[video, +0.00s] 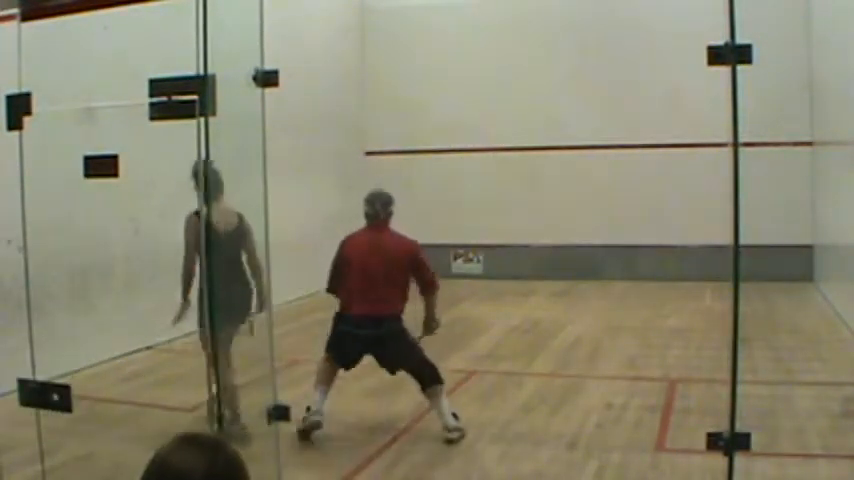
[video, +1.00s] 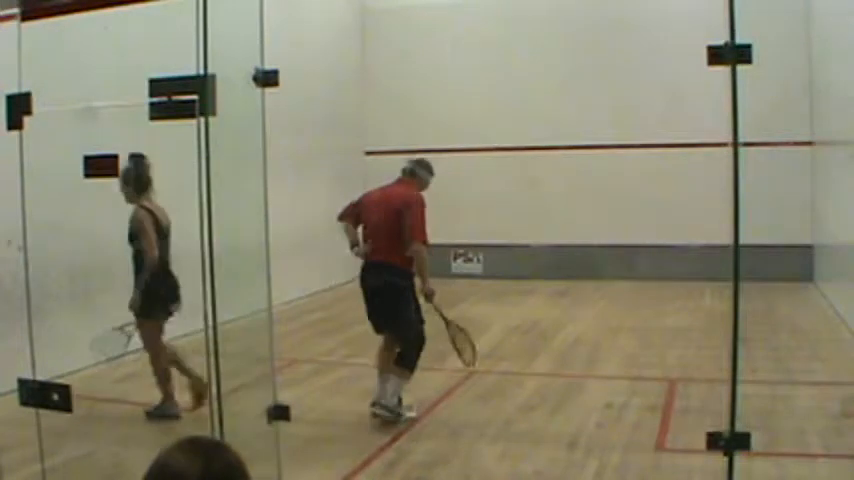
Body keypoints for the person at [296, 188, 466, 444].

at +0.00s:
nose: (372, 213)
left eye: (370, 208)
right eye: (383, 209)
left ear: (366, 212)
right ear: (391, 212)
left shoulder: (350, 243)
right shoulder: (407, 247)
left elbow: (334, 286)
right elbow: (428, 284)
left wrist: (358, 300)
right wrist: (430, 317)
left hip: (350, 327)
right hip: (389, 328)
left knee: (331, 360)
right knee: (425, 372)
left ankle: (315, 410)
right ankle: (449, 421)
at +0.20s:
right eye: (368, 215)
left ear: (346, 217)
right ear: (370, 216)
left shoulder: (331, 244)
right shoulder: (385, 245)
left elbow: (321, 287)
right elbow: (400, 289)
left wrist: (341, 302)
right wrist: (401, 323)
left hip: (336, 318)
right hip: (373, 319)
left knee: (325, 357)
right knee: (406, 366)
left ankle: (318, 411)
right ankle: (444, 416)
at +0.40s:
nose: (371, 201)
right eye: (373, 197)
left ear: (350, 199)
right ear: (373, 199)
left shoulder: (332, 225)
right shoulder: (385, 227)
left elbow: (319, 267)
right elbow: (400, 269)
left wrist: (340, 284)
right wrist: (403, 303)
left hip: (336, 302)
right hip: (372, 300)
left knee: (331, 351)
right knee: (405, 349)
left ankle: (320, 405)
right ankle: (412, 404)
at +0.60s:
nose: (387, 193)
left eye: (382, 187)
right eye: (393, 189)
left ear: (374, 188)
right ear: (397, 190)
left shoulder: (354, 213)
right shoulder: (406, 218)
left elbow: (335, 253)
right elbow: (416, 260)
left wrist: (343, 285)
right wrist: (422, 294)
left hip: (351, 294)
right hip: (385, 295)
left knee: (344, 341)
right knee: (403, 347)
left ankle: (325, 398)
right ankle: (388, 408)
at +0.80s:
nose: (411, 185)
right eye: (414, 181)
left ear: (391, 177)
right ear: (415, 181)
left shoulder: (368, 201)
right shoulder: (417, 208)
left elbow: (343, 235)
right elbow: (425, 254)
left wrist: (342, 269)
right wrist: (434, 289)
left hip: (361, 281)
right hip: (392, 284)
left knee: (373, 333)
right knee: (405, 344)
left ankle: (356, 393)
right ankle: (390, 405)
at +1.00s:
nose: (425, 189)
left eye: (426, 184)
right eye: (425, 183)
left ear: (404, 174)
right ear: (419, 178)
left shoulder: (375, 195)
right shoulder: (413, 198)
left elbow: (347, 217)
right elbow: (416, 245)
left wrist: (355, 245)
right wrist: (426, 282)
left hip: (371, 271)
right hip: (396, 275)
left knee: (391, 335)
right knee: (413, 337)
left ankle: (382, 397)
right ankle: (391, 400)